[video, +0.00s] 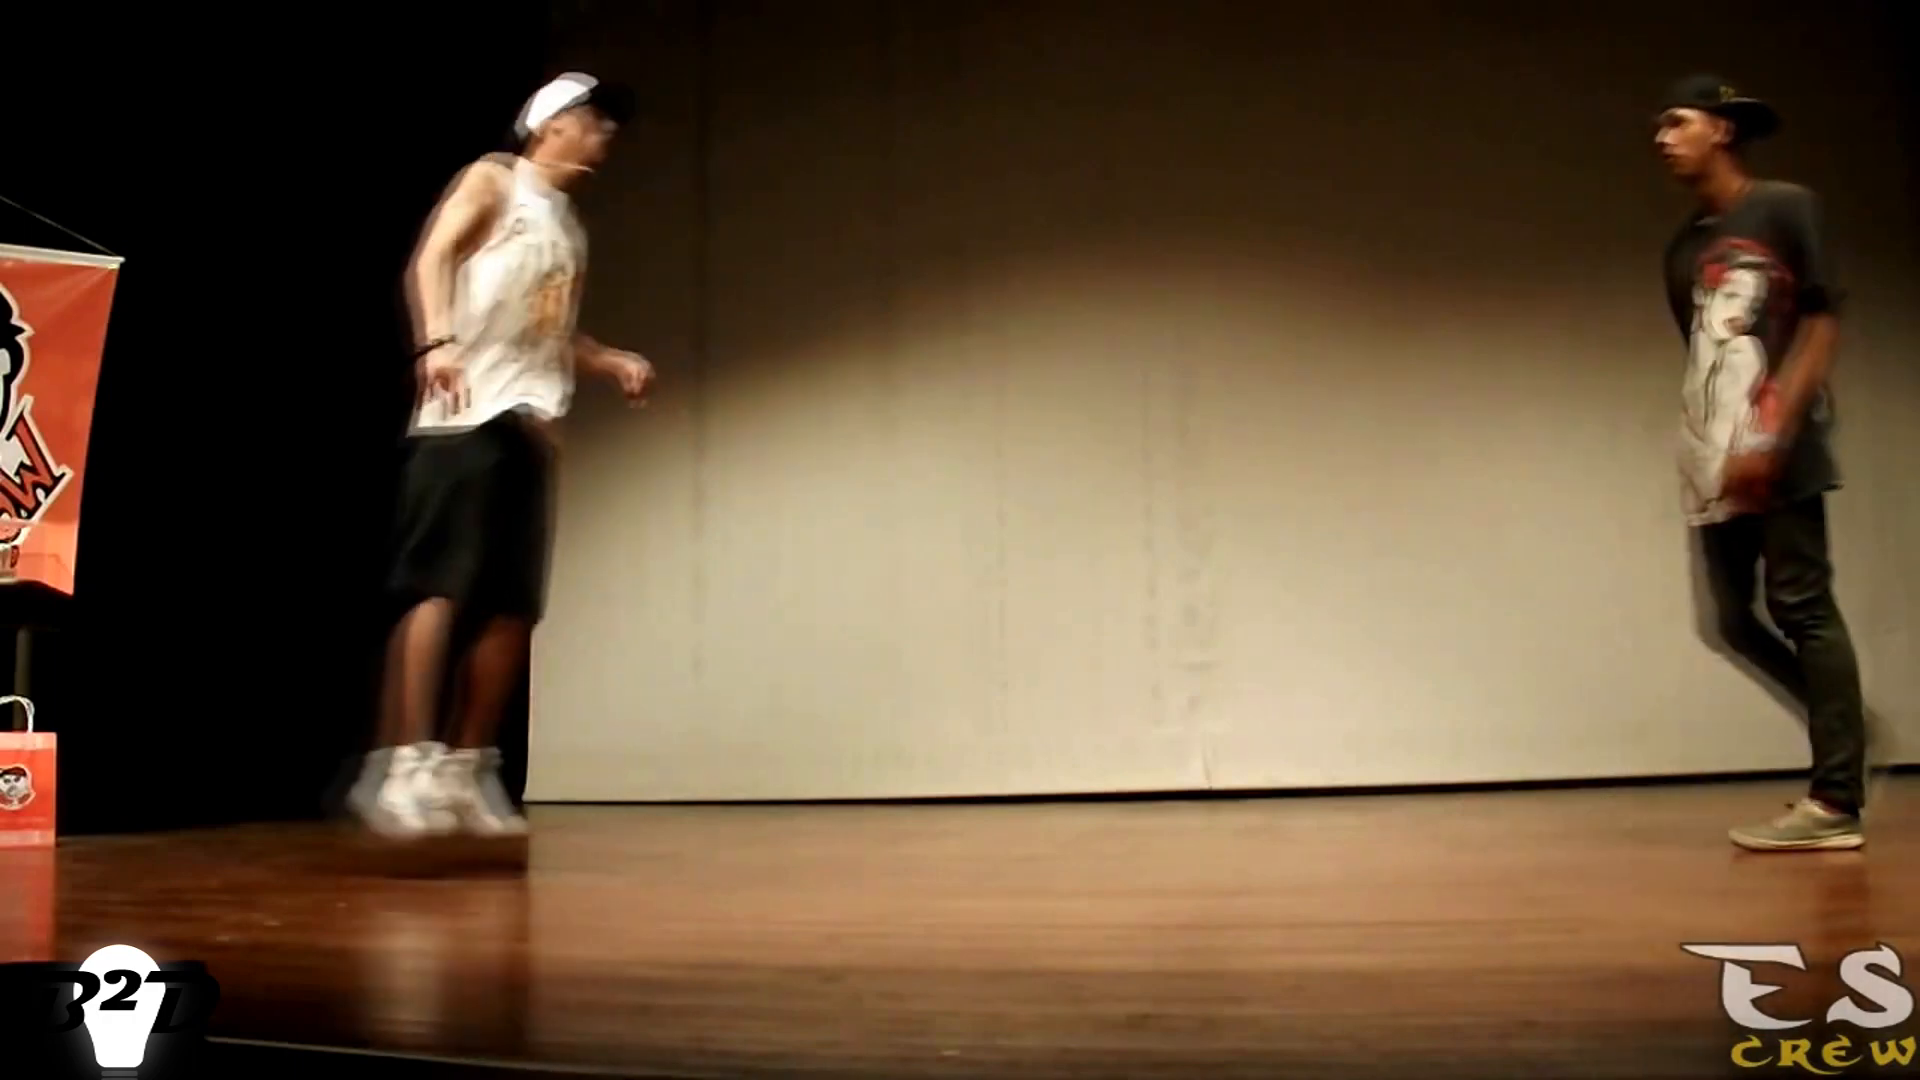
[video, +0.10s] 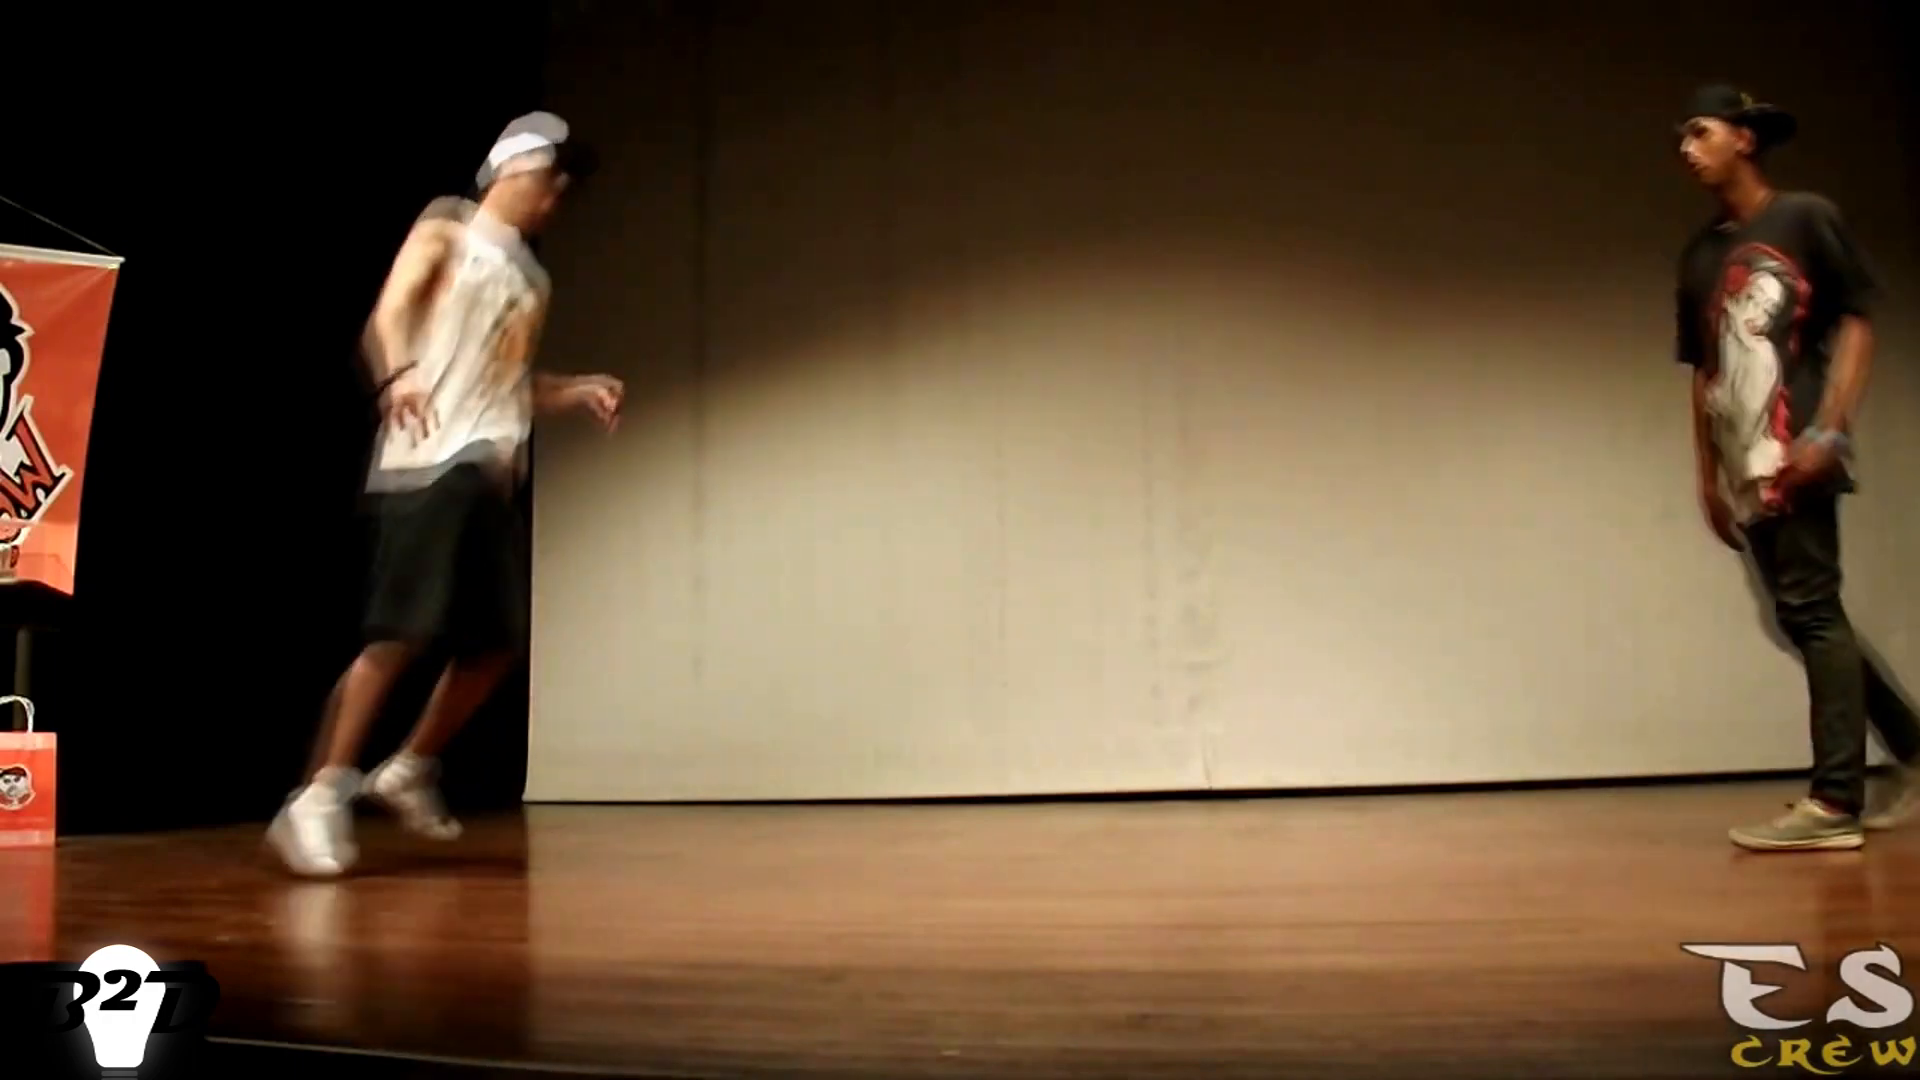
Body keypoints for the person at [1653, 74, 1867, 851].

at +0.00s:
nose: (1661, 139)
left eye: (1676, 125)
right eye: (1660, 128)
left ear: (1721, 131)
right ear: (1686, 142)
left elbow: (1821, 324)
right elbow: (1706, 361)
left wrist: (1768, 436)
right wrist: (1708, 454)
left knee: (1803, 606)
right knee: (1730, 621)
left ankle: (1836, 804)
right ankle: (1854, 728)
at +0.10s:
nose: (1686, 149)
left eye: (1699, 135)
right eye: (1685, 138)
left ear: (1743, 142)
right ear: (1716, 151)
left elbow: (1856, 324)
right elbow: (1704, 375)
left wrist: (1829, 430)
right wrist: (1708, 481)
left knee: (1814, 614)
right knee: (1797, 620)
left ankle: (1837, 798)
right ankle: (1910, 745)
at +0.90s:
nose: (1659, 232)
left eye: (1665, 219)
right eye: (1658, 219)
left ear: (1695, 216)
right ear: (1699, 216)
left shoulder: (1744, 261)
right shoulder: (1730, 270)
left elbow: (1769, 362)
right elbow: (1736, 378)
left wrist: (1759, 462)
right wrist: (1723, 464)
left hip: (1787, 480)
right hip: (1769, 479)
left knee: (1780, 626)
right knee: (1747, 618)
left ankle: (1834, 788)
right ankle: (1875, 716)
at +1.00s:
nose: (1652, 233)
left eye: (1658, 218)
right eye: (1649, 220)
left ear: (1688, 215)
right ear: (1693, 217)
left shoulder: (1719, 255)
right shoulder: (1724, 260)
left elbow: (1735, 344)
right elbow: (1745, 357)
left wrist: (1691, 396)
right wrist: (1689, 396)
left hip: (1772, 483)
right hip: (1748, 483)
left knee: (1786, 630)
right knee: (1697, 608)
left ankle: (1837, 787)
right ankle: (1811, 720)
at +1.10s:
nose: (1633, 230)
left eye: (1642, 217)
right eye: (1631, 219)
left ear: (1675, 216)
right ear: (1677, 219)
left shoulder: (1691, 255)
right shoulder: (1718, 263)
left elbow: (1706, 324)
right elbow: (1738, 372)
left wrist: (1639, 359)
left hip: (1746, 487)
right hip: (1739, 488)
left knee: (1780, 630)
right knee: (1669, 613)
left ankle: (1836, 786)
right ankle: (1730, 750)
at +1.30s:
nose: (1585, 242)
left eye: (1597, 229)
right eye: (1582, 232)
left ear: (1632, 233)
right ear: (1601, 241)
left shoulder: (1660, 286)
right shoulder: (1641, 298)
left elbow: (1657, 363)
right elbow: (1670, 405)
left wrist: (1588, 421)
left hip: (1703, 503)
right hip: (1672, 506)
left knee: (1737, 634)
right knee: (1632, 633)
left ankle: (1831, 778)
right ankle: (1623, 794)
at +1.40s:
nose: (1559, 249)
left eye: (1570, 236)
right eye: (1557, 238)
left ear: (1605, 239)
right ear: (1579, 245)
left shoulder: (1632, 290)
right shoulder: (1614, 300)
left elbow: (1627, 385)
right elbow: (1642, 408)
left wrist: (1596, 477)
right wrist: (1615, 497)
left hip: (1657, 502)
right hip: (1627, 504)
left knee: (1667, 635)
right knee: (1599, 638)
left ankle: (1800, 754)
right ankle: (1619, 793)